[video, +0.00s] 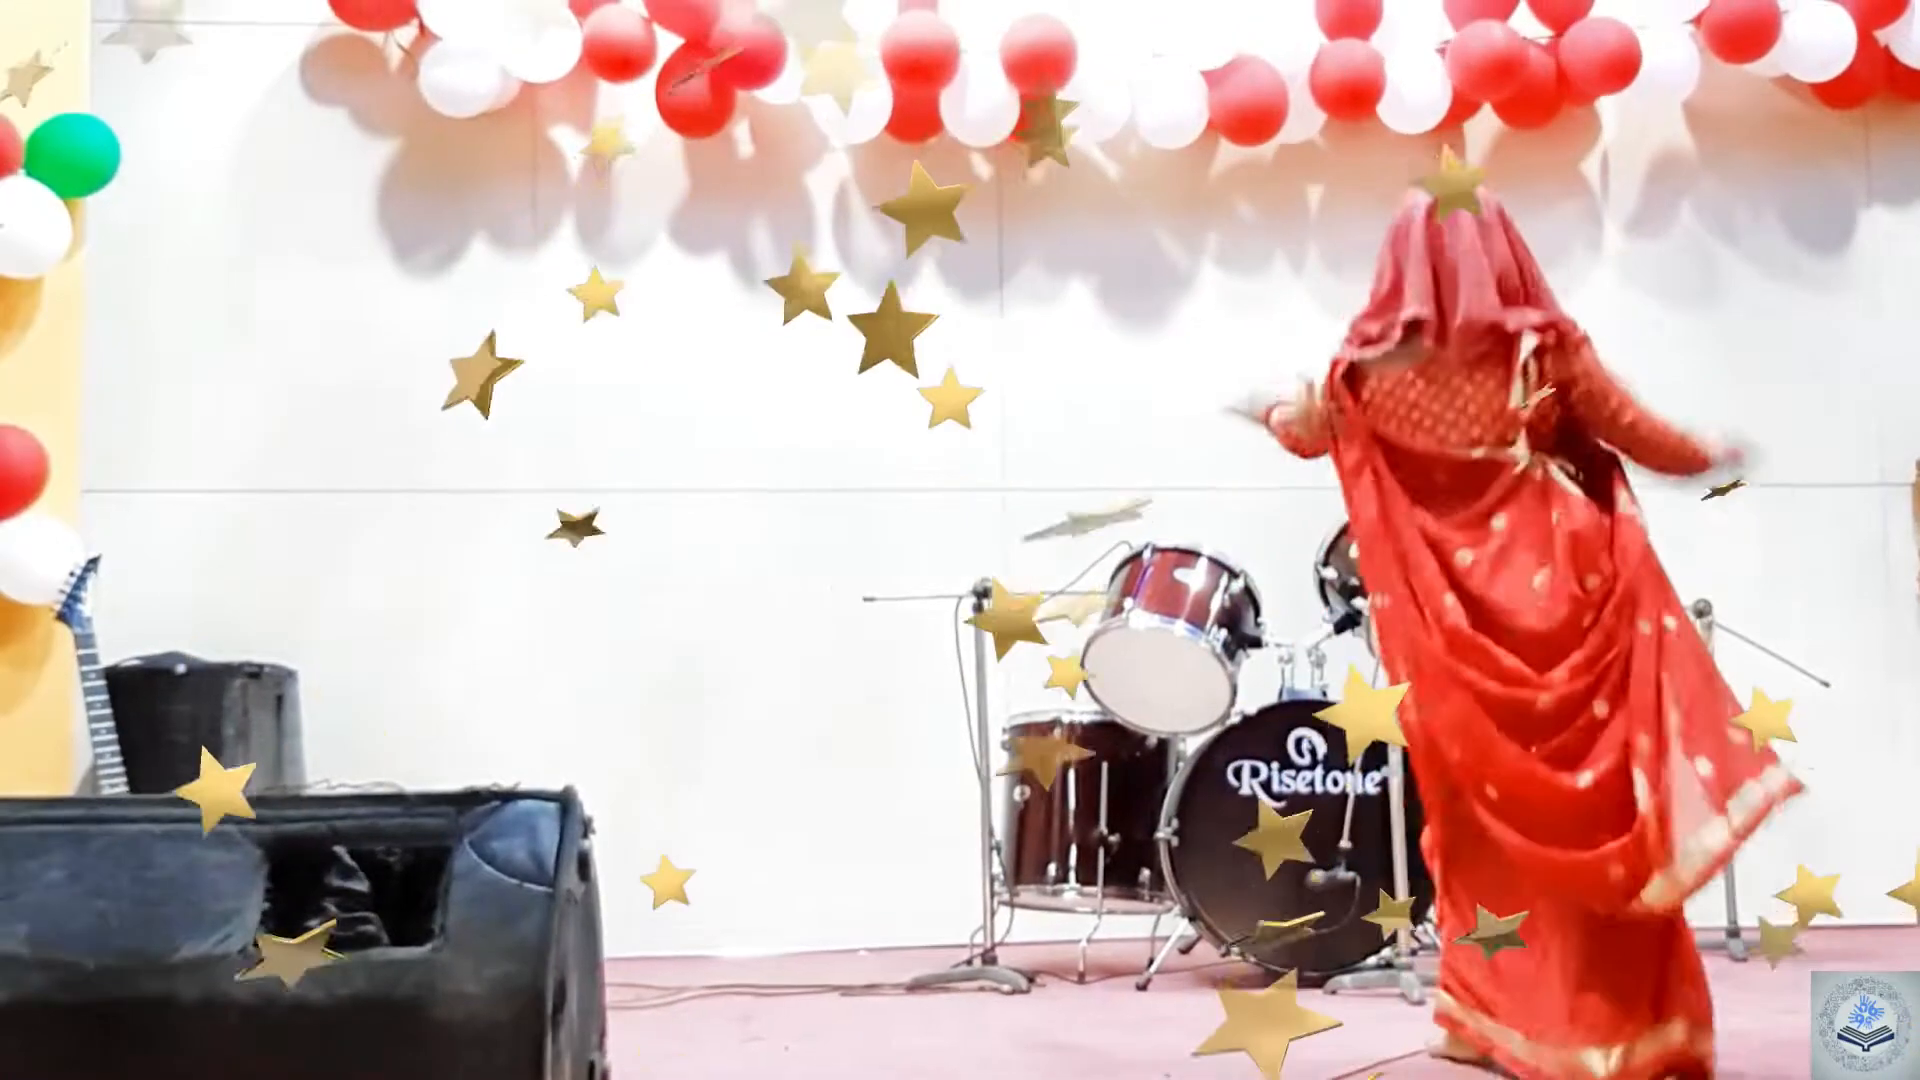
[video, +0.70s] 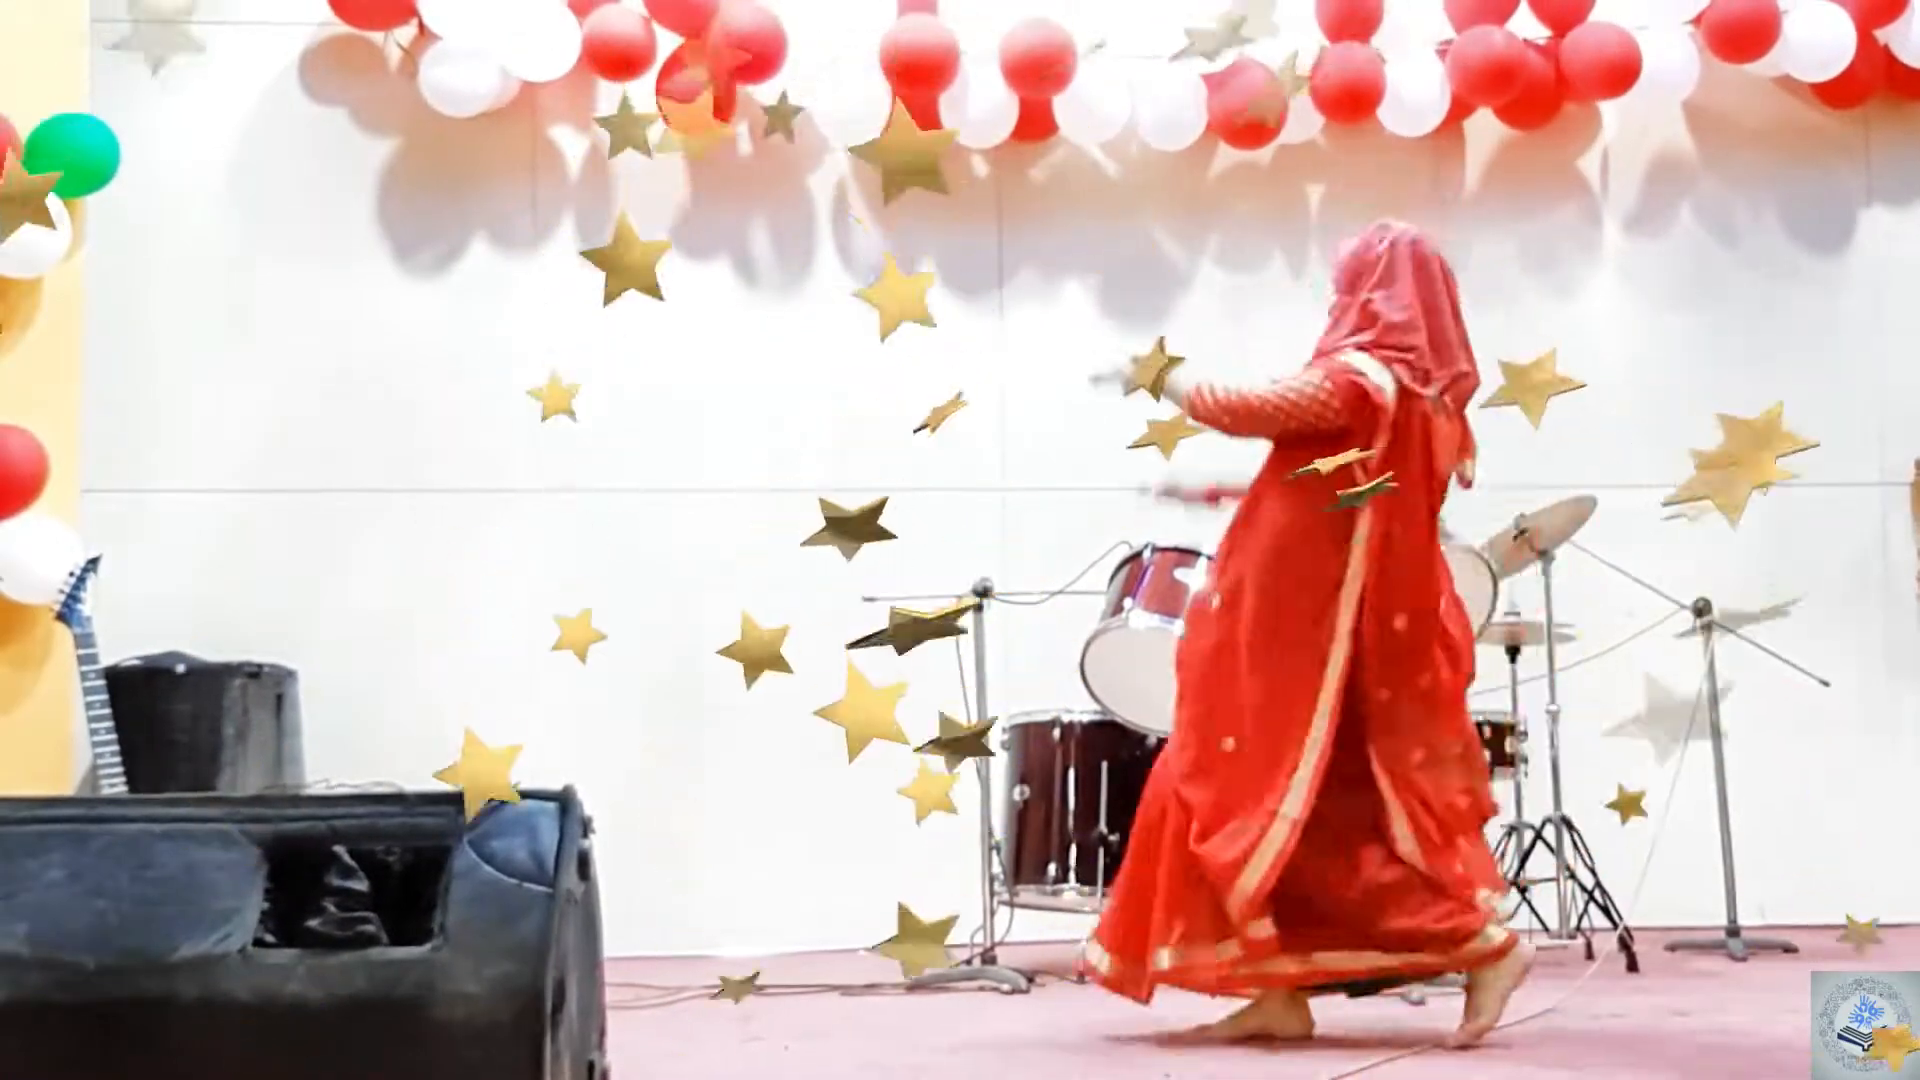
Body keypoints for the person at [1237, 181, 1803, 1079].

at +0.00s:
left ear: (1400, 264)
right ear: (1504, 259)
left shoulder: (1366, 373)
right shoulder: (1546, 352)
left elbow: (1308, 434)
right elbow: (1637, 432)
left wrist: (1273, 414)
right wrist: (1704, 458)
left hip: (1450, 629)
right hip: (1564, 614)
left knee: (1474, 827)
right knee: (1594, 817)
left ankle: (1488, 1021)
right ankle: (1619, 1028)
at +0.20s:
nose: (1417, 275)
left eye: (1412, 257)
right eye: (1416, 258)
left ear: (1370, 253)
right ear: (1484, 241)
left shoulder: (1369, 355)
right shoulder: (1535, 322)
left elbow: (1318, 468)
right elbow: (1564, 436)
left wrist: (1263, 539)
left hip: (1396, 594)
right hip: (1525, 574)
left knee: (1416, 792)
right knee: (1532, 754)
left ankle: (1460, 1008)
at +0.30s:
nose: (1354, 266)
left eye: (1361, 251)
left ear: (1369, 262)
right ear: (1474, 252)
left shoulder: (1361, 378)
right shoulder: (1521, 345)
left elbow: (1308, 503)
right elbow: (1542, 467)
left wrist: (1240, 586)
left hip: (1383, 610)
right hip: (1489, 598)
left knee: (1364, 794)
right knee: (1445, 771)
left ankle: (1459, 1013)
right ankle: (1502, 923)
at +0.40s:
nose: (1350, 246)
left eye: (1352, 229)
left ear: (1358, 238)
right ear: (1449, 237)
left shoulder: (1344, 333)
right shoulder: (1489, 330)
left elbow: (1287, 443)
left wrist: (1210, 486)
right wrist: (1319, 259)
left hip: (1373, 586)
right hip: (1464, 575)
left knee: (1364, 784)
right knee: (1390, 768)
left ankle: (1449, 1003)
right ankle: (1401, 957)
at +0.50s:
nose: (1320, 238)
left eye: (1332, 224)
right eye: (1329, 223)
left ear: (1351, 241)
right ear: (1426, 250)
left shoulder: (1325, 327)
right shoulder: (1451, 347)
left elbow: (1243, 387)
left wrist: (1179, 373)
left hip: (1358, 623)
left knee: (1344, 817)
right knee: (1281, 786)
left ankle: (1470, 976)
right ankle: (1282, 974)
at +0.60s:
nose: (1322, 286)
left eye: (1334, 272)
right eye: (1330, 271)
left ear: (1355, 284)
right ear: (1426, 298)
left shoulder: (1339, 360)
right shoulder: (1435, 406)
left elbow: (1232, 376)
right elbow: (1407, 525)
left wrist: (1174, 332)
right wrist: (1483, 567)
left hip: (1301, 625)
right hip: (1369, 630)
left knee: (1258, 810)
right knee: (1290, 810)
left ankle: (1469, 951)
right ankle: (1283, 993)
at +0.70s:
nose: (1333, 299)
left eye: (1342, 286)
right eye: (1339, 285)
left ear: (1365, 293)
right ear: (1428, 300)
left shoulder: (1364, 376)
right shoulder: (1425, 401)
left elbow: (1276, 407)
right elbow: (1333, 486)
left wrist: (1175, 383)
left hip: (1304, 621)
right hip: (1354, 621)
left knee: (1231, 795)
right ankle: (1276, 997)